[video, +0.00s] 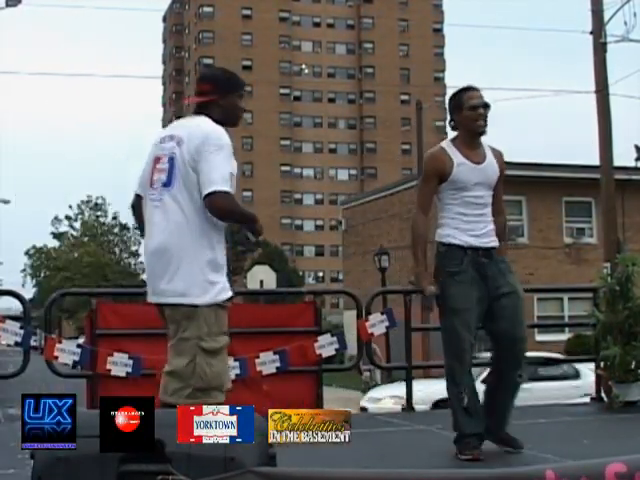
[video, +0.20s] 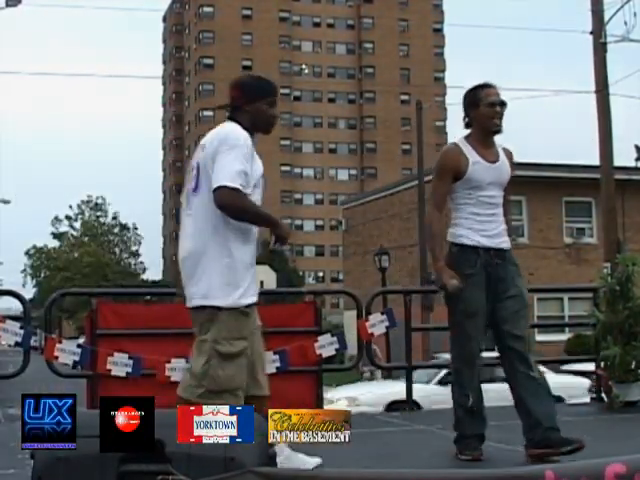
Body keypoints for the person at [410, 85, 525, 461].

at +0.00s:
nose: (482, 113)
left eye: (484, 107)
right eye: (474, 108)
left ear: (488, 113)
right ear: (455, 117)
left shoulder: (494, 158)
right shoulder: (439, 158)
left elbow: (498, 212)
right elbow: (421, 215)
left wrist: (502, 256)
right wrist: (424, 277)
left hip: (492, 260)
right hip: (456, 260)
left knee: (513, 342)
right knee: (460, 349)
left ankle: (494, 425)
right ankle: (467, 435)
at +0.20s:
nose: (501, 111)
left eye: (502, 105)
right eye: (492, 105)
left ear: (500, 113)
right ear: (471, 113)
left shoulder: (505, 157)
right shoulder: (453, 156)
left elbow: (502, 209)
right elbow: (436, 211)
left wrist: (508, 253)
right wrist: (439, 265)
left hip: (502, 259)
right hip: (466, 259)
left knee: (518, 347)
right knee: (467, 353)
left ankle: (542, 435)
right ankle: (469, 439)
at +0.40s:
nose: (520, 107)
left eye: (522, 102)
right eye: (512, 103)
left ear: (523, 111)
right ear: (491, 111)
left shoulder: (523, 159)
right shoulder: (473, 151)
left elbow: (520, 213)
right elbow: (455, 207)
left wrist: (530, 256)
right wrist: (459, 263)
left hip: (522, 259)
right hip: (482, 259)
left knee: (533, 352)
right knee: (480, 355)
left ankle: (545, 443)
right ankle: (470, 441)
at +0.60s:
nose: (533, 101)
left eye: (538, 96)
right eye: (524, 96)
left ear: (544, 104)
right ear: (508, 105)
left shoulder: (550, 155)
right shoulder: (490, 144)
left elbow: (554, 209)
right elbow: (465, 196)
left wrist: (559, 255)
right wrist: (473, 244)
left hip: (543, 258)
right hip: (501, 256)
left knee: (546, 352)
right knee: (500, 342)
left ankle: (546, 443)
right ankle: (477, 423)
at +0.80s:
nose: (536, 100)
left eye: (542, 93)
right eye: (528, 94)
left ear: (552, 99)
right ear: (515, 100)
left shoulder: (566, 147)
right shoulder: (496, 139)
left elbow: (586, 201)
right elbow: (468, 188)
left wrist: (600, 253)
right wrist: (491, 193)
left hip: (548, 256)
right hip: (503, 254)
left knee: (549, 351)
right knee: (502, 348)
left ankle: (546, 443)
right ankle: (495, 442)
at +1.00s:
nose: (526, 101)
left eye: (533, 94)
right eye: (518, 95)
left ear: (545, 97)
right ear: (507, 100)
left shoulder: (566, 142)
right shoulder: (493, 136)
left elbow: (595, 194)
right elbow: (473, 187)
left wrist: (615, 242)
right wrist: (508, 144)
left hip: (549, 254)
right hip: (503, 252)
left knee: (549, 350)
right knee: (504, 348)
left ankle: (547, 443)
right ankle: (509, 448)